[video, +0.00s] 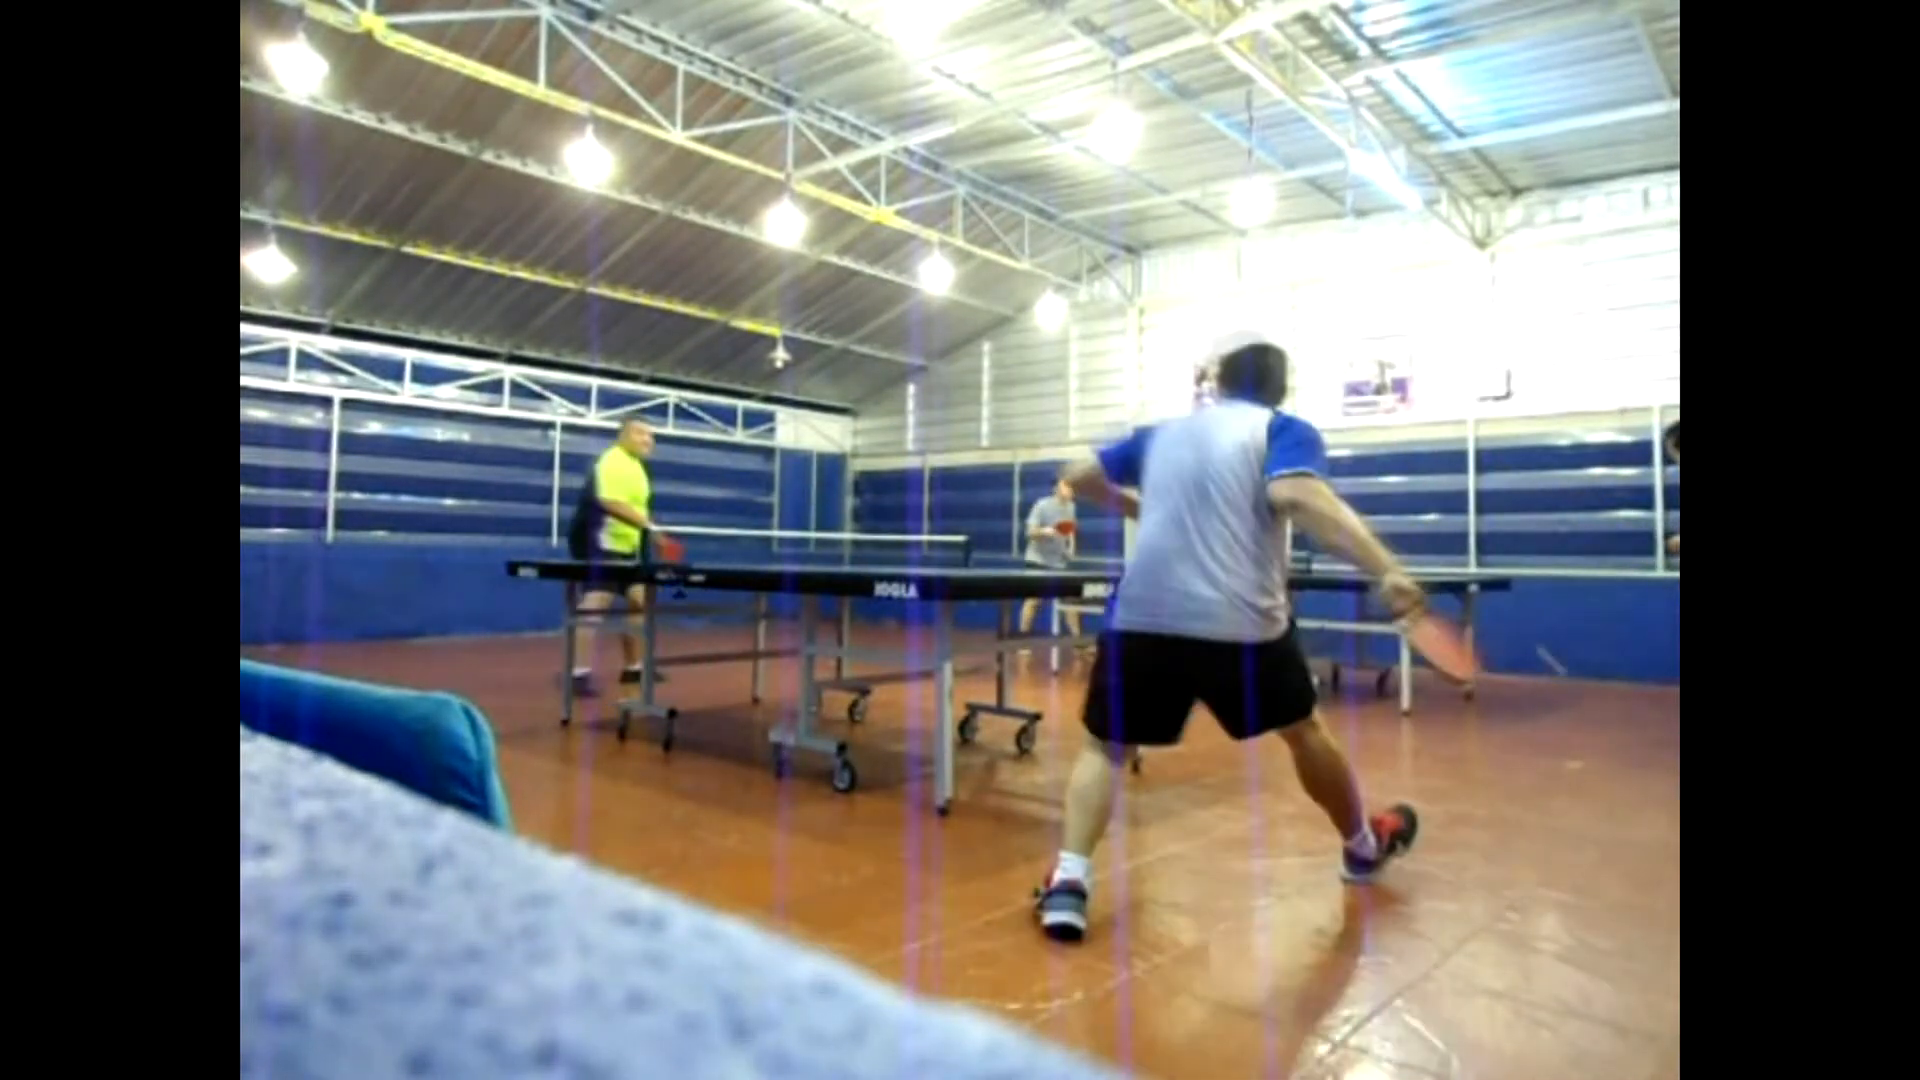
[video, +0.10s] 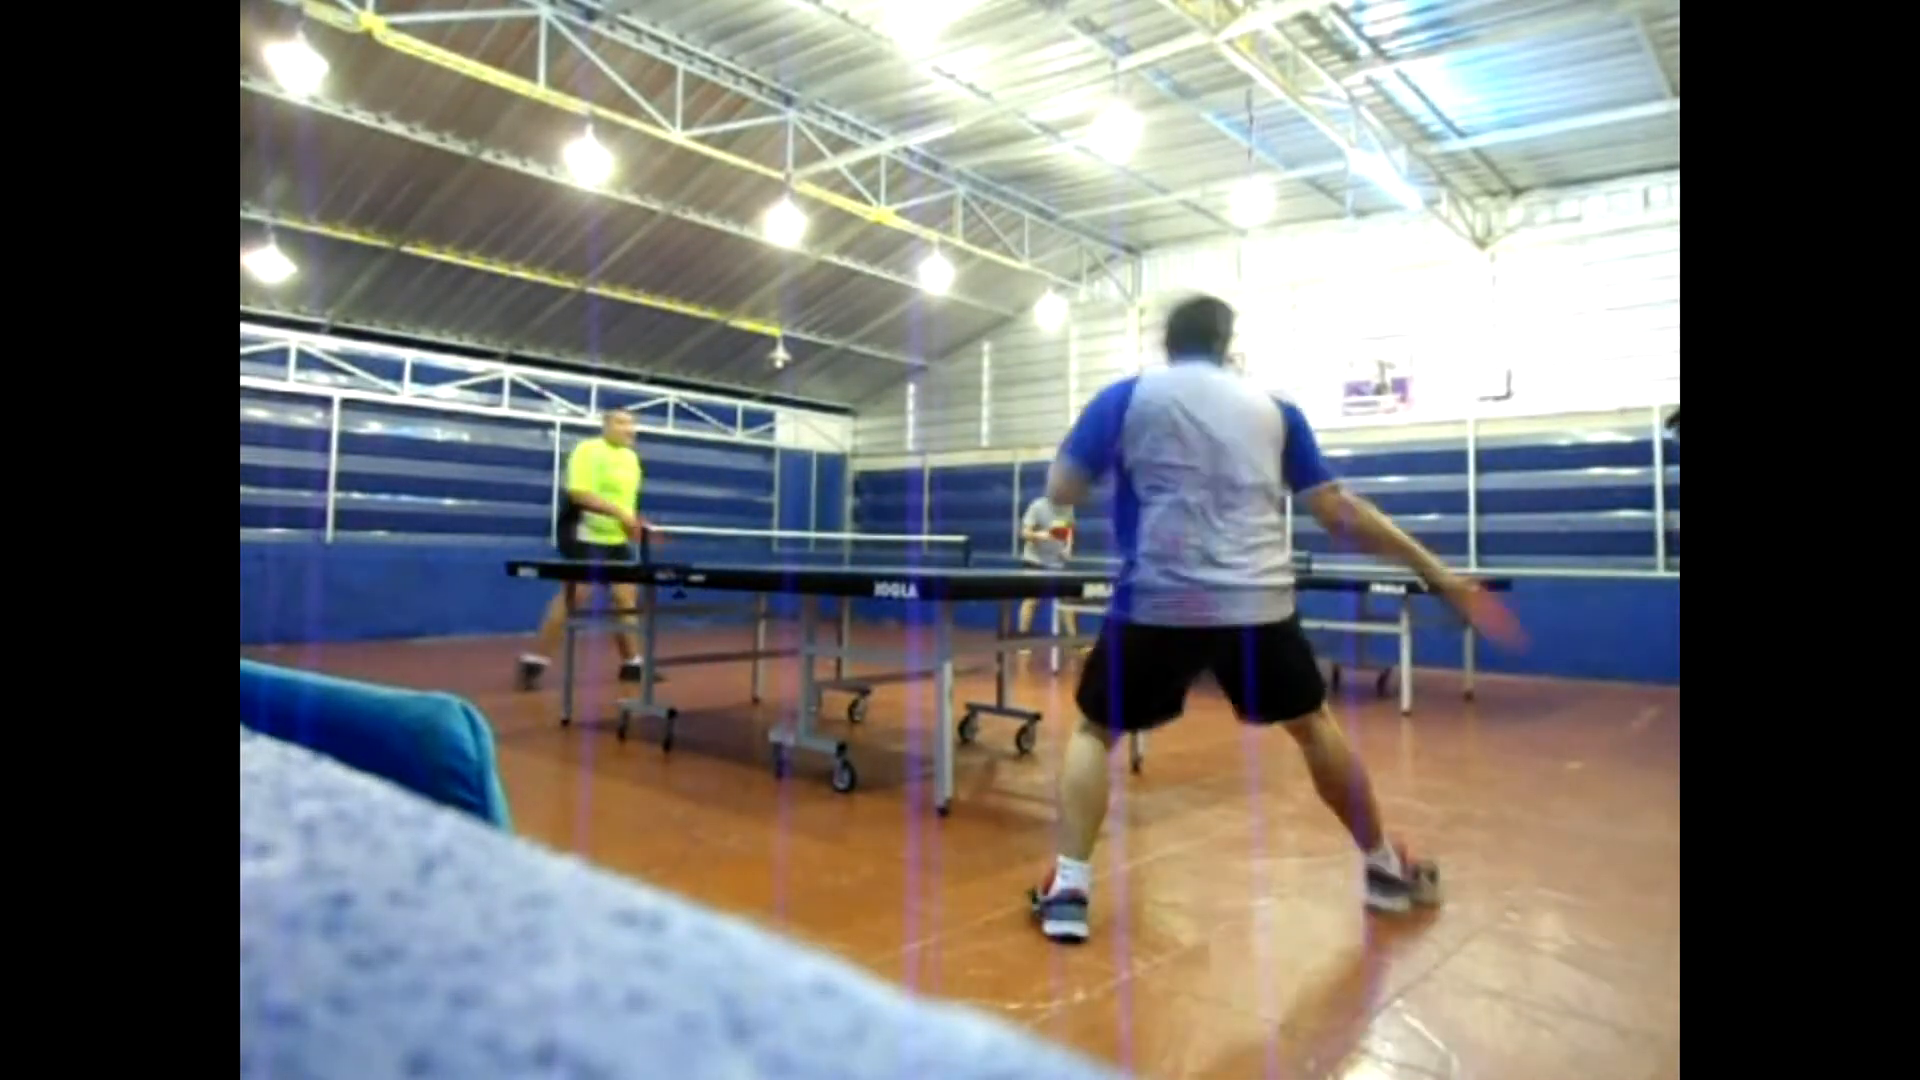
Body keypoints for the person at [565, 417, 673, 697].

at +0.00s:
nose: (648, 441)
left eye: (650, 436)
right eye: (643, 434)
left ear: (646, 441)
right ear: (626, 435)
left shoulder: (637, 466)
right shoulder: (611, 462)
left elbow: (637, 507)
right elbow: (608, 500)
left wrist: (655, 537)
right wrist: (648, 525)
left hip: (631, 546)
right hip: (605, 545)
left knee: (638, 602)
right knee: (595, 604)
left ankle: (634, 664)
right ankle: (581, 668)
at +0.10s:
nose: (628, 429)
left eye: (631, 423)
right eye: (621, 422)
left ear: (634, 428)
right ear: (607, 425)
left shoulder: (631, 459)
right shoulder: (587, 450)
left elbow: (627, 501)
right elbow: (578, 492)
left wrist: (641, 527)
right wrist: (621, 515)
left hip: (617, 539)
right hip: (586, 537)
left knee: (626, 599)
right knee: (573, 597)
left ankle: (632, 660)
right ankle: (537, 656)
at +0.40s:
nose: (565, 455)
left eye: (569, 449)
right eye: (558, 449)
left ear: (576, 450)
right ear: (547, 449)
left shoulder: (589, 480)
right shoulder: (527, 478)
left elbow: (611, 507)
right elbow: (512, 514)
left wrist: (605, 515)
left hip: (584, 557)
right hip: (540, 556)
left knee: (608, 606)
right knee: (523, 610)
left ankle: (610, 660)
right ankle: (497, 667)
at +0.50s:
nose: (552, 452)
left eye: (557, 446)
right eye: (546, 446)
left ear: (565, 447)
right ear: (536, 447)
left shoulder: (583, 473)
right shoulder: (521, 476)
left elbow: (609, 496)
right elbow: (515, 515)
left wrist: (598, 514)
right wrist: (507, 524)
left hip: (583, 554)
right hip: (539, 554)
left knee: (609, 603)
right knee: (527, 607)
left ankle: (611, 660)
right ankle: (498, 667)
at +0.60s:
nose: (550, 445)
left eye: (555, 439)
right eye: (544, 440)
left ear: (565, 441)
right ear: (536, 445)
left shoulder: (587, 465)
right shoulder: (527, 472)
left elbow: (618, 488)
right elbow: (508, 495)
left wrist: (613, 501)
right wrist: (517, 507)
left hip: (589, 547)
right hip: (546, 549)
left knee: (611, 601)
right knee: (531, 603)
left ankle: (611, 659)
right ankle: (501, 666)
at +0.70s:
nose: (550, 445)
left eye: (555, 439)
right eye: (546, 440)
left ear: (570, 440)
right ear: (542, 444)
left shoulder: (594, 464)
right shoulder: (539, 470)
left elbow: (621, 488)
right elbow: (520, 499)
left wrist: (626, 492)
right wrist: (520, 467)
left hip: (596, 546)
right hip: (553, 546)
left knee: (611, 603)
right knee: (538, 604)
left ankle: (612, 659)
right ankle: (504, 665)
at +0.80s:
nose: (550, 445)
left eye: (555, 439)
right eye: (549, 440)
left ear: (572, 440)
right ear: (551, 443)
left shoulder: (601, 467)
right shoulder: (547, 468)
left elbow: (629, 498)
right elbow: (524, 487)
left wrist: (618, 498)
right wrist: (520, 452)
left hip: (599, 547)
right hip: (556, 546)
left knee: (611, 604)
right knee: (542, 601)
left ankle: (612, 659)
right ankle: (512, 659)